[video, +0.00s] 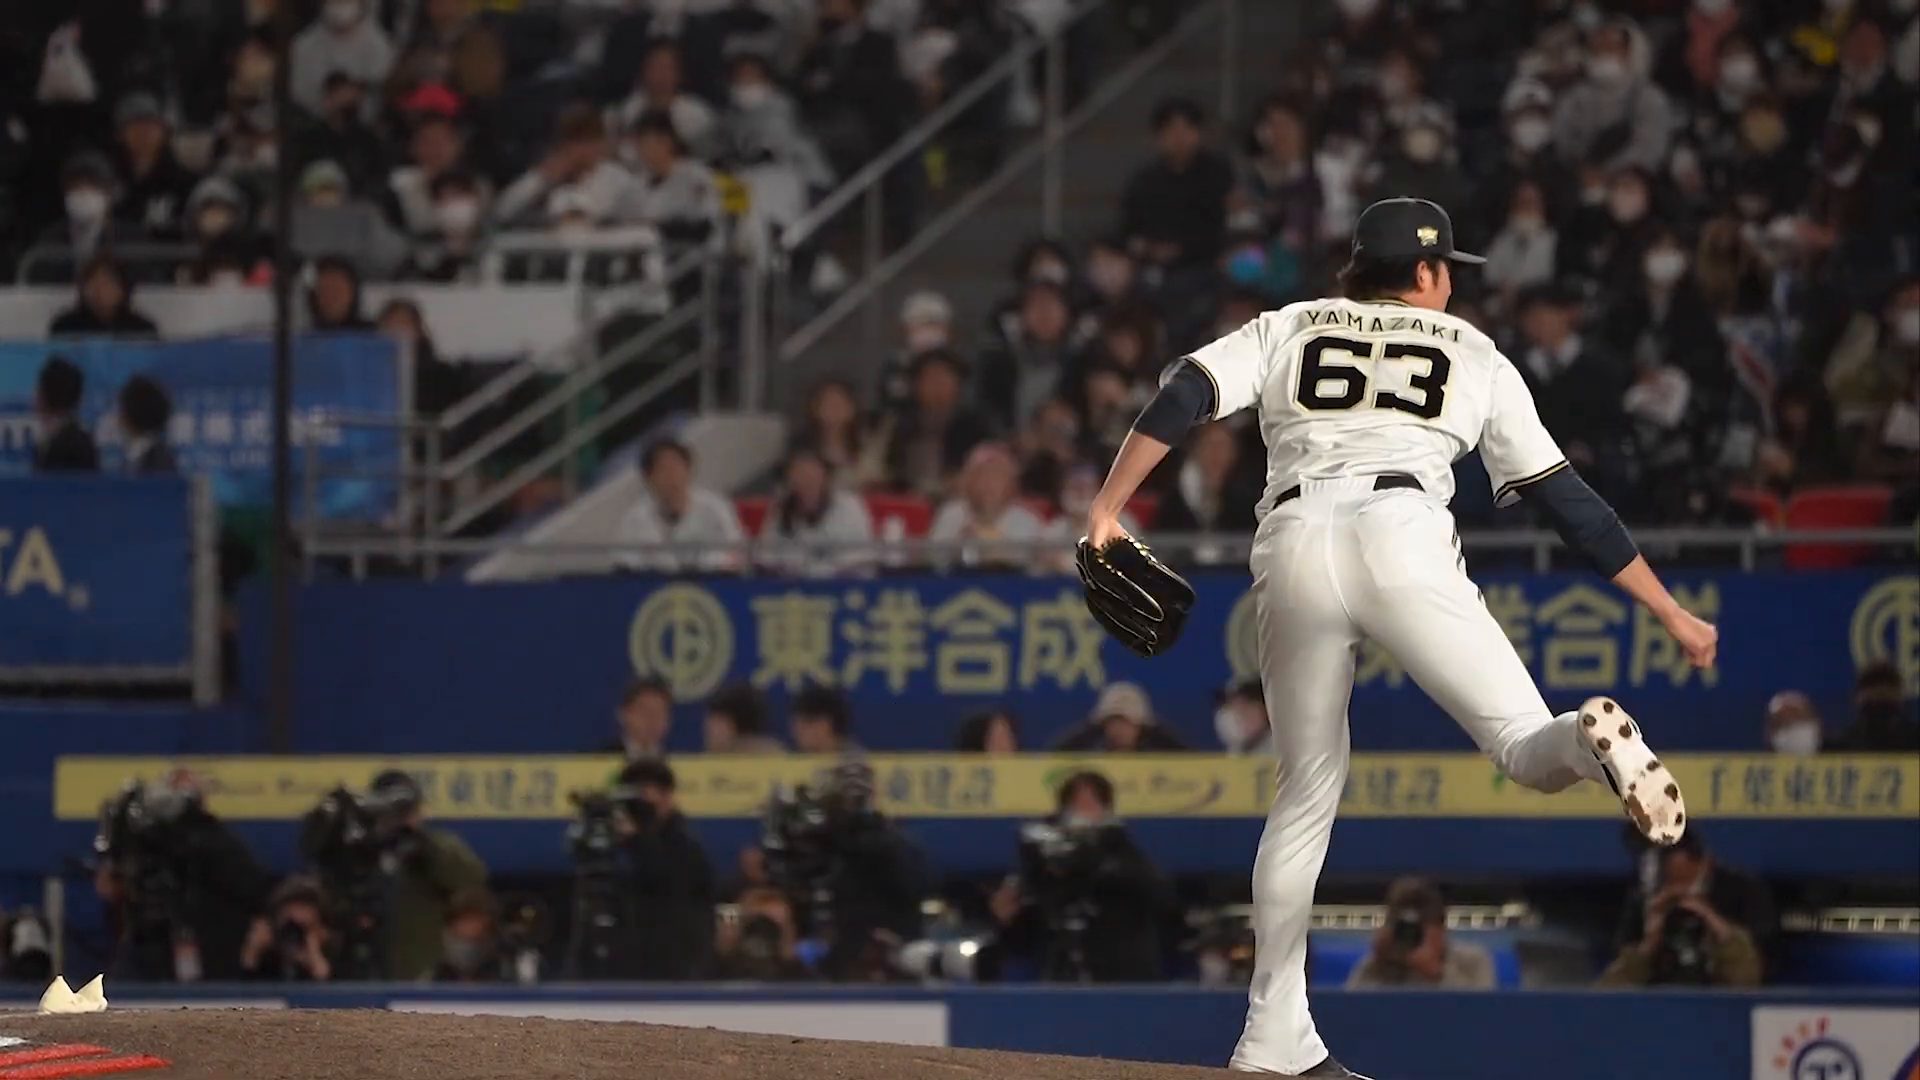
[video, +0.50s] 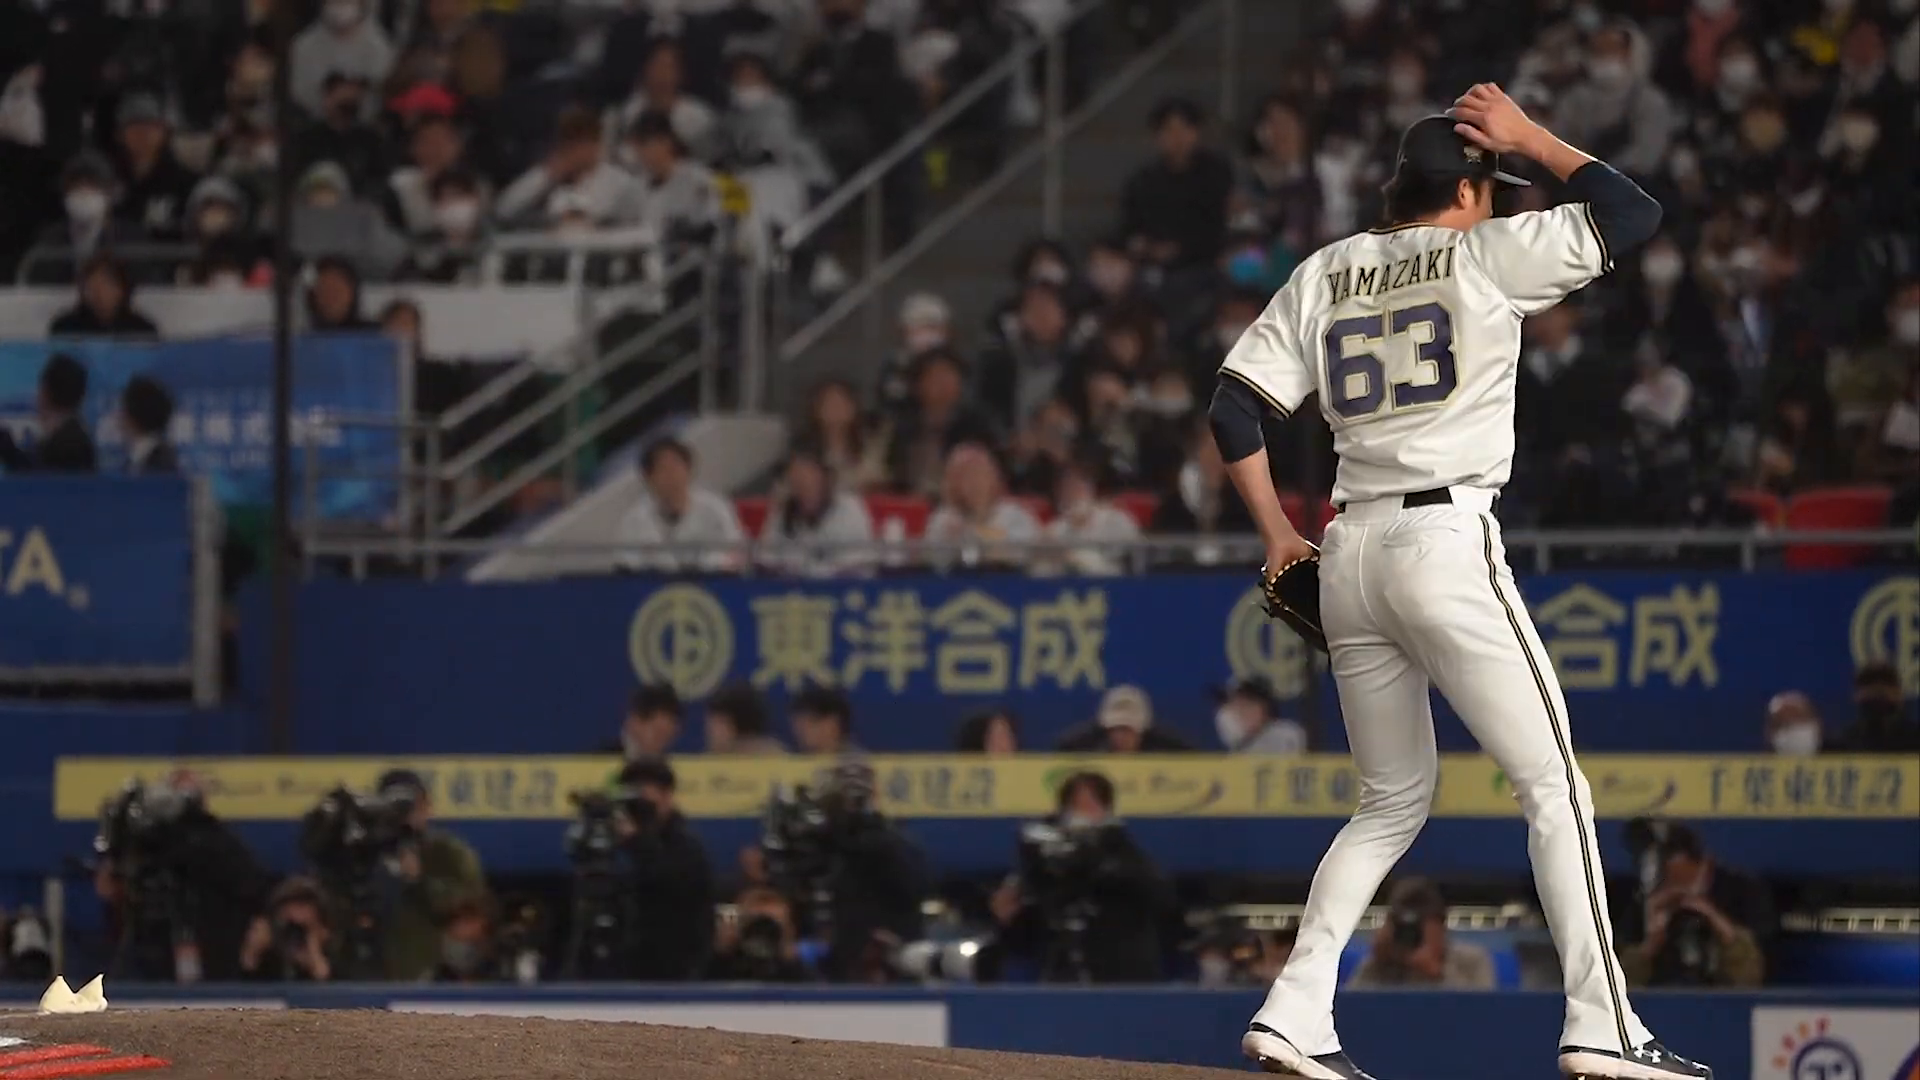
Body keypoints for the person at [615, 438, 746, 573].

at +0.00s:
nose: (671, 479)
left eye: (676, 470)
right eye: (663, 472)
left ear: (688, 473)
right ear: (648, 478)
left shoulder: (716, 510)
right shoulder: (634, 518)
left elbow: (738, 557)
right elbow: (626, 565)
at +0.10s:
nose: (671, 479)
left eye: (676, 470)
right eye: (663, 472)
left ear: (688, 473)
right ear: (648, 478)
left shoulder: (716, 510)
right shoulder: (634, 518)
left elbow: (737, 557)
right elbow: (627, 564)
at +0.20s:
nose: (671, 478)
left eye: (676, 468)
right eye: (663, 470)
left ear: (688, 472)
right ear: (648, 478)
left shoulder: (717, 510)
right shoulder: (634, 517)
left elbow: (737, 557)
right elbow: (625, 564)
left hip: (708, 592)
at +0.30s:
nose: (671, 478)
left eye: (676, 468)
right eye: (663, 470)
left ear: (688, 471)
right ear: (648, 477)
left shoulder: (717, 510)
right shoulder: (634, 517)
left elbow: (737, 557)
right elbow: (625, 564)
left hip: (708, 592)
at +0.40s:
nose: (671, 478)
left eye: (676, 468)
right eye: (663, 470)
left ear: (688, 471)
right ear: (648, 477)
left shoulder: (717, 510)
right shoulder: (634, 517)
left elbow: (737, 557)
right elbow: (625, 564)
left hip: (708, 592)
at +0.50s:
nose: (671, 478)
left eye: (676, 469)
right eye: (662, 471)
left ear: (688, 472)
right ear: (648, 478)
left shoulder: (716, 510)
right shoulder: (634, 517)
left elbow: (738, 557)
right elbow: (627, 564)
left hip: (709, 592)